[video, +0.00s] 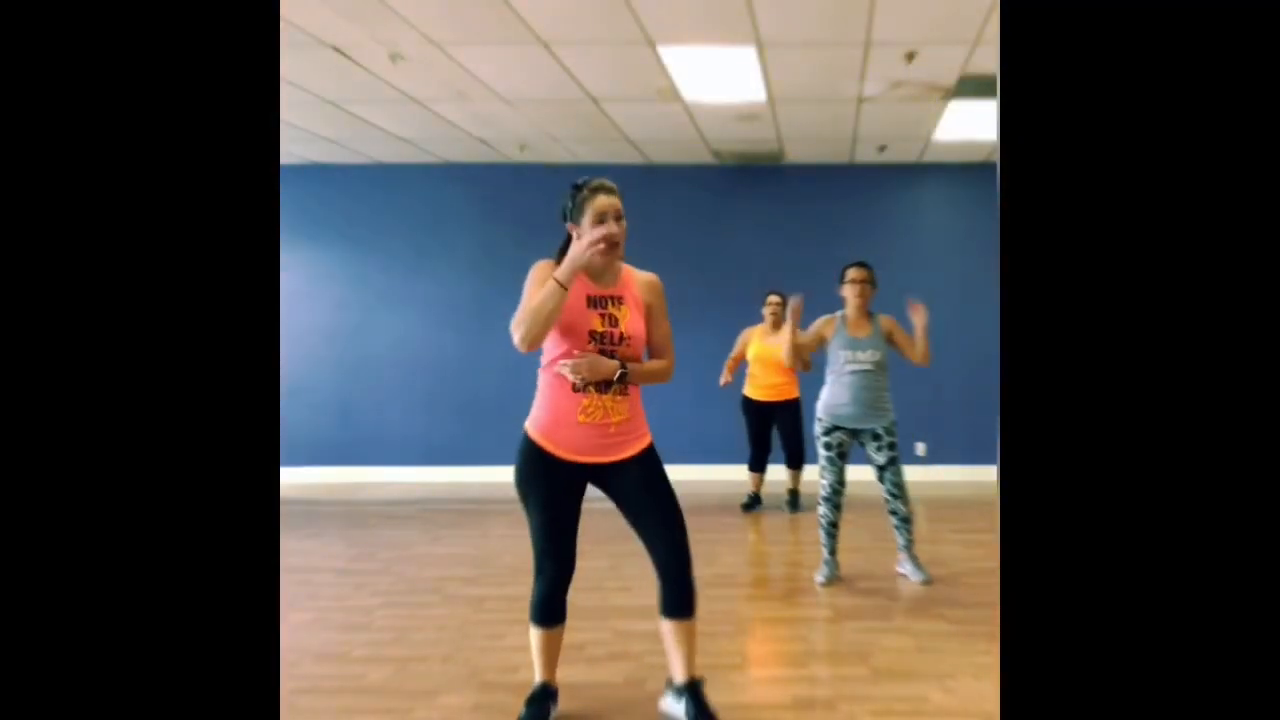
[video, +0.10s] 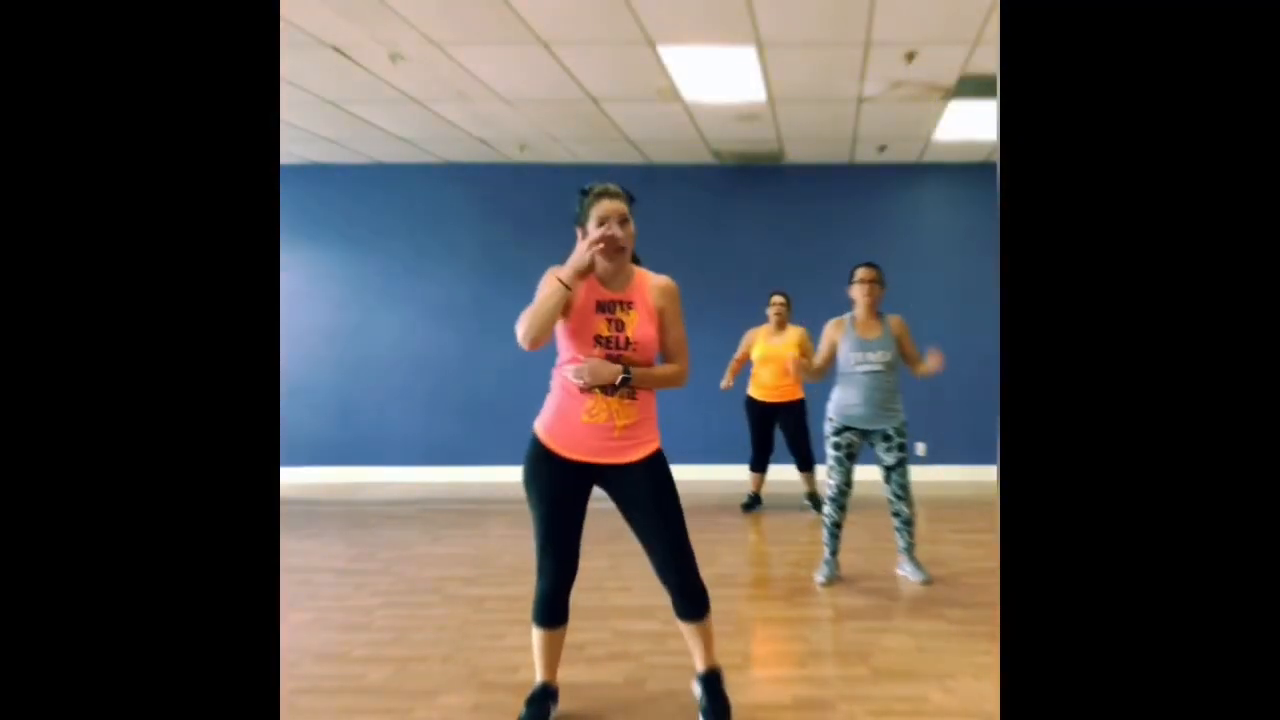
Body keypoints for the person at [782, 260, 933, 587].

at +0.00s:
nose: (858, 288)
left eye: (864, 283)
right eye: (852, 282)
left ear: (873, 289)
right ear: (842, 289)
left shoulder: (885, 324)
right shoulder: (828, 324)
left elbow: (920, 358)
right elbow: (796, 357)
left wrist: (920, 327)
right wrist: (793, 324)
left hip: (877, 420)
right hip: (834, 419)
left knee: (894, 488)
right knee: (831, 491)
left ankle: (906, 557)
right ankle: (828, 560)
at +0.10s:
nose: (867, 288)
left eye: (873, 282)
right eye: (861, 282)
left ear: (882, 290)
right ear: (850, 290)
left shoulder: (895, 326)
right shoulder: (836, 327)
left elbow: (916, 365)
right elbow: (818, 370)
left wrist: (930, 364)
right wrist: (803, 366)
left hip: (888, 421)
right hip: (844, 421)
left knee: (900, 491)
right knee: (838, 491)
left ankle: (907, 558)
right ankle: (829, 560)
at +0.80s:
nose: (901, 285)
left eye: (907, 279)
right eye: (895, 279)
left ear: (916, 287)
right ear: (884, 286)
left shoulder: (928, 324)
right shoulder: (870, 324)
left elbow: (945, 370)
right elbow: (857, 372)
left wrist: (931, 404)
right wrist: (861, 418)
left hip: (918, 423)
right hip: (877, 422)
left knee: (917, 494)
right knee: (870, 491)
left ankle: (911, 557)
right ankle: (873, 554)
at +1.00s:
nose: (895, 284)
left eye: (901, 278)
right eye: (889, 278)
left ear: (911, 287)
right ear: (878, 286)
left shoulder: (922, 325)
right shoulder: (863, 323)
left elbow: (940, 369)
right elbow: (846, 365)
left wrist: (919, 388)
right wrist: (842, 397)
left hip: (914, 420)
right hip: (871, 418)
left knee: (914, 492)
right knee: (860, 488)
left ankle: (910, 558)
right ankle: (843, 555)